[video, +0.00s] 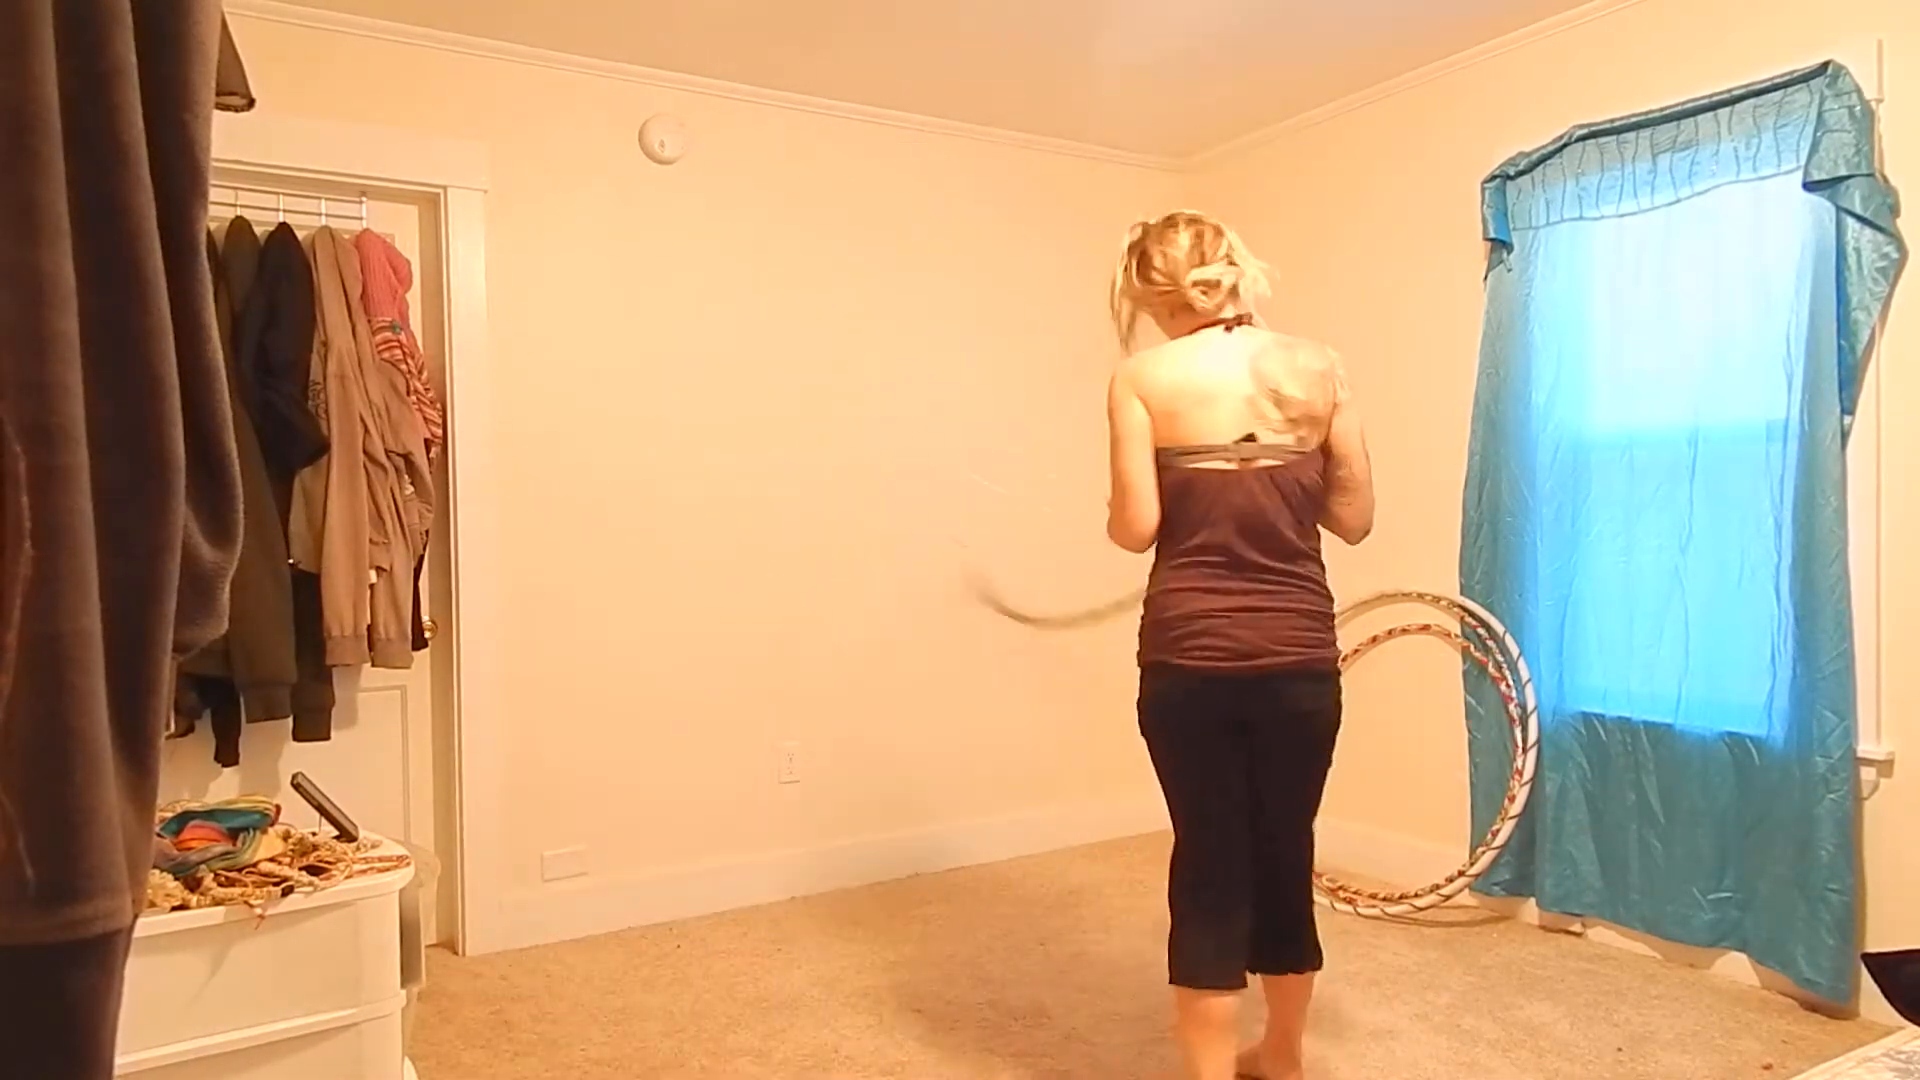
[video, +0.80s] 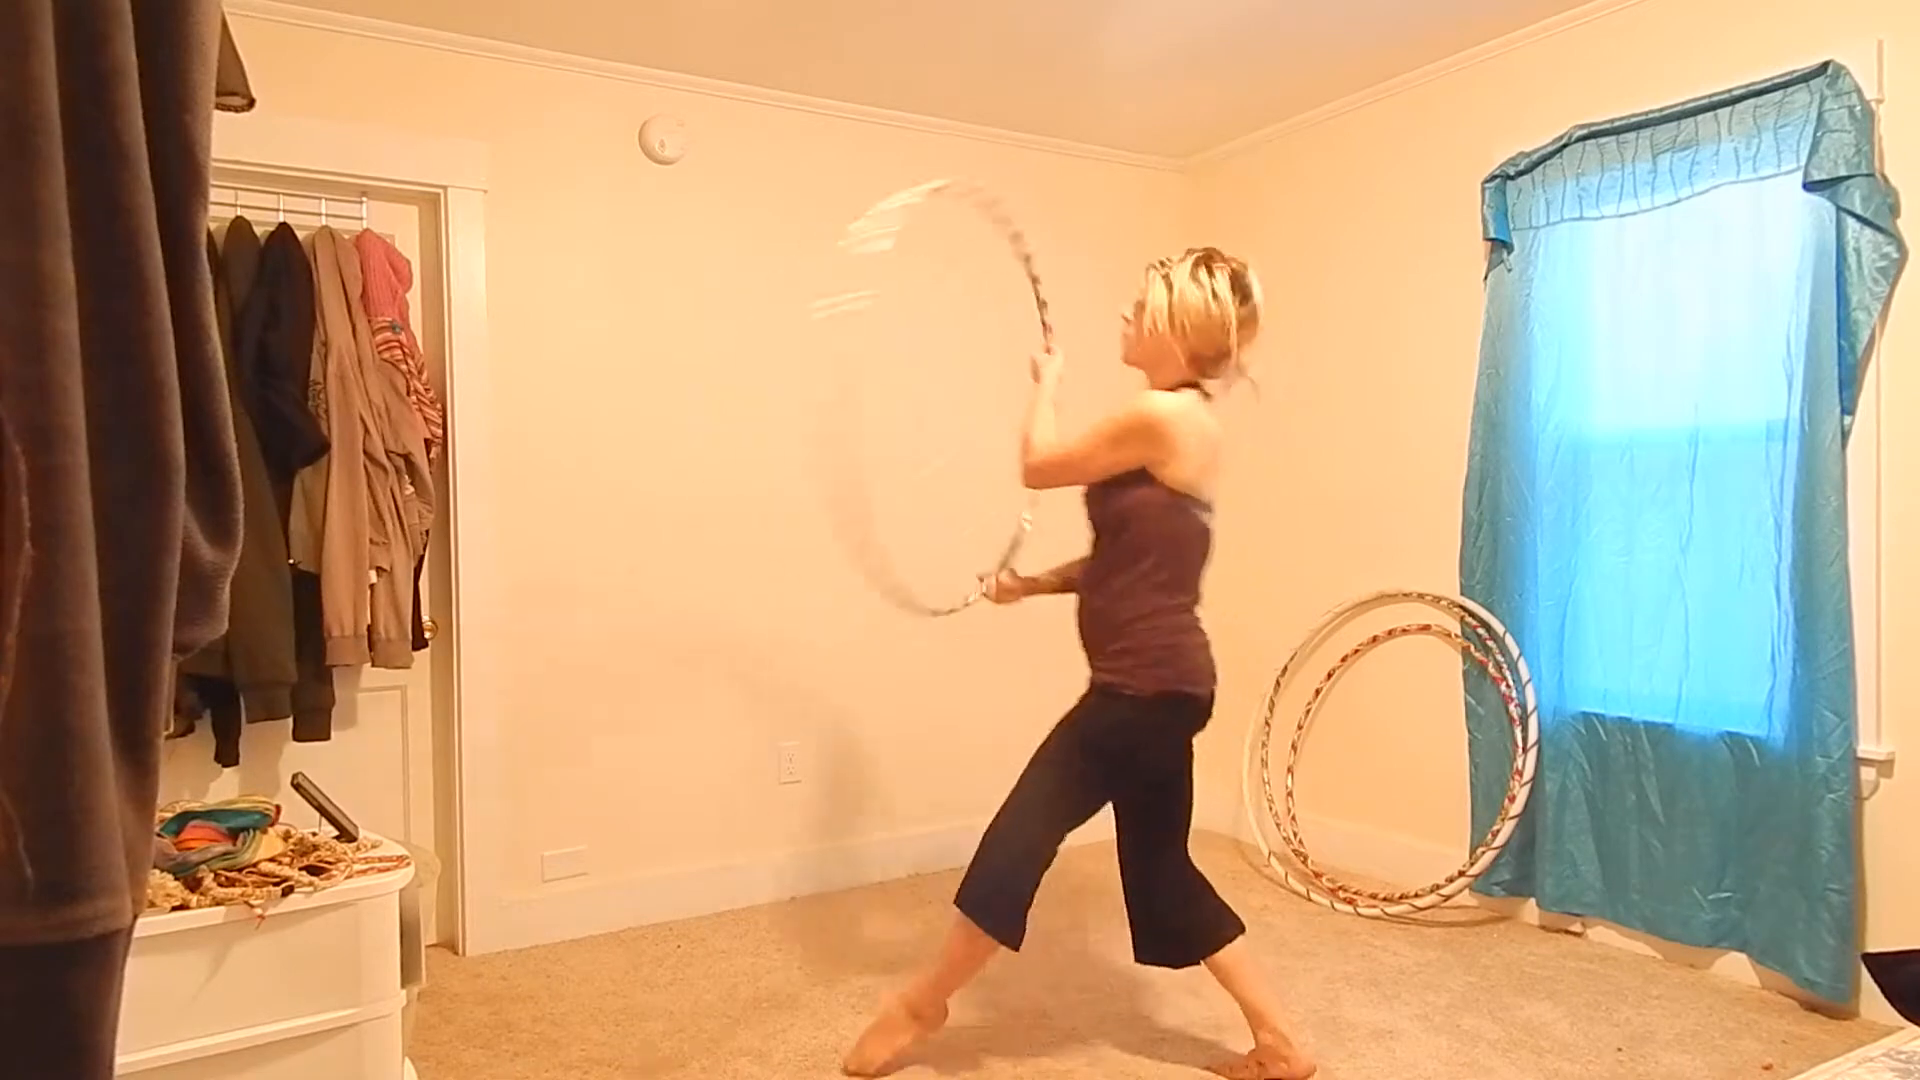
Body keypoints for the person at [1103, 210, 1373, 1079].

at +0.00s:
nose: (1131, 308)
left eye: (1132, 295)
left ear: (1146, 294)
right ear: (1236, 276)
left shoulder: (1141, 375)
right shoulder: (1315, 366)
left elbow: (1136, 526)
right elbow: (1352, 518)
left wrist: (1175, 463)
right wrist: (1283, 459)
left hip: (1189, 669)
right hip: (1299, 667)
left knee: (1206, 861)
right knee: (1286, 853)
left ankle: (1210, 1066)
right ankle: (1283, 1051)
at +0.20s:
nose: (1136, 325)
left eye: (1138, 305)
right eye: (1133, 307)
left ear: (1173, 302)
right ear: (1222, 299)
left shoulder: (1174, 396)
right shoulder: (1285, 392)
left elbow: (1219, 536)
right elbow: (1306, 533)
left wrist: (1105, 526)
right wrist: (1172, 523)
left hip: (1216, 677)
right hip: (1295, 671)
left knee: (1181, 863)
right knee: (1252, 856)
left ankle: (1280, 1044)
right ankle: (1288, 1044)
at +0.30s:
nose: (1133, 339)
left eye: (1138, 319)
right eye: (1131, 321)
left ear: (1181, 315)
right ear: (1211, 314)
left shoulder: (1196, 411)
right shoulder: (1256, 399)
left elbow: (1222, 561)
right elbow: (1222, 512)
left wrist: (1097, 519)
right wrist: (1104, 507)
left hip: (1226, 679)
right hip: (1283, 675)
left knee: (1130, 855)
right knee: (1221, 859)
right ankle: (1283, 1047)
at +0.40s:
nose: (1130, 350)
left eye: (1137, 332)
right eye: (1129, 333)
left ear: (1177, 330)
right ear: (1205, 331)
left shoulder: (1214, 425)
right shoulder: (1232, 420)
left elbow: (1191, 571)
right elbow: (1219, 565)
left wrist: (1097, 488)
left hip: (1234, 692)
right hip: (1248, 688)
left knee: (1076, 817)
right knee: (1199, 888)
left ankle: (1253, 861)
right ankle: (1282, 1050)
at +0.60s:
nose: (1149, 371)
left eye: (1156, 355)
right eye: (1150, 356)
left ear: (1201, 349)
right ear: (1216, 353)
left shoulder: (1253, 434)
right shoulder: (1231, 444)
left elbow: (1113, 502)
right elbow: (1192, 588)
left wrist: (1091, 412)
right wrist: (1091, 601)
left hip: (1197, 701)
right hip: (1189, 697)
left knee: (1021, 801)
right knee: (1160, 894)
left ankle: (1013, 989)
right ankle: (1280, 1046)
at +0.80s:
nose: (1130, 318)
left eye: (1147, 310)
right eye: (1140, 305)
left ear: (1187, 335)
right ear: (1186, 334)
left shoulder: (1162, 418)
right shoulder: (1188, 424)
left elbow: (1039, 464)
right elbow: (1129, 554)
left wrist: (1045, 381)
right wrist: (1036, 582)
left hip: (1139, 684)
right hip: (1164, 679)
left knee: (1022, 832)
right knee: (1161, 873)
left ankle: (922, 1003)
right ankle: (1278, 1039)